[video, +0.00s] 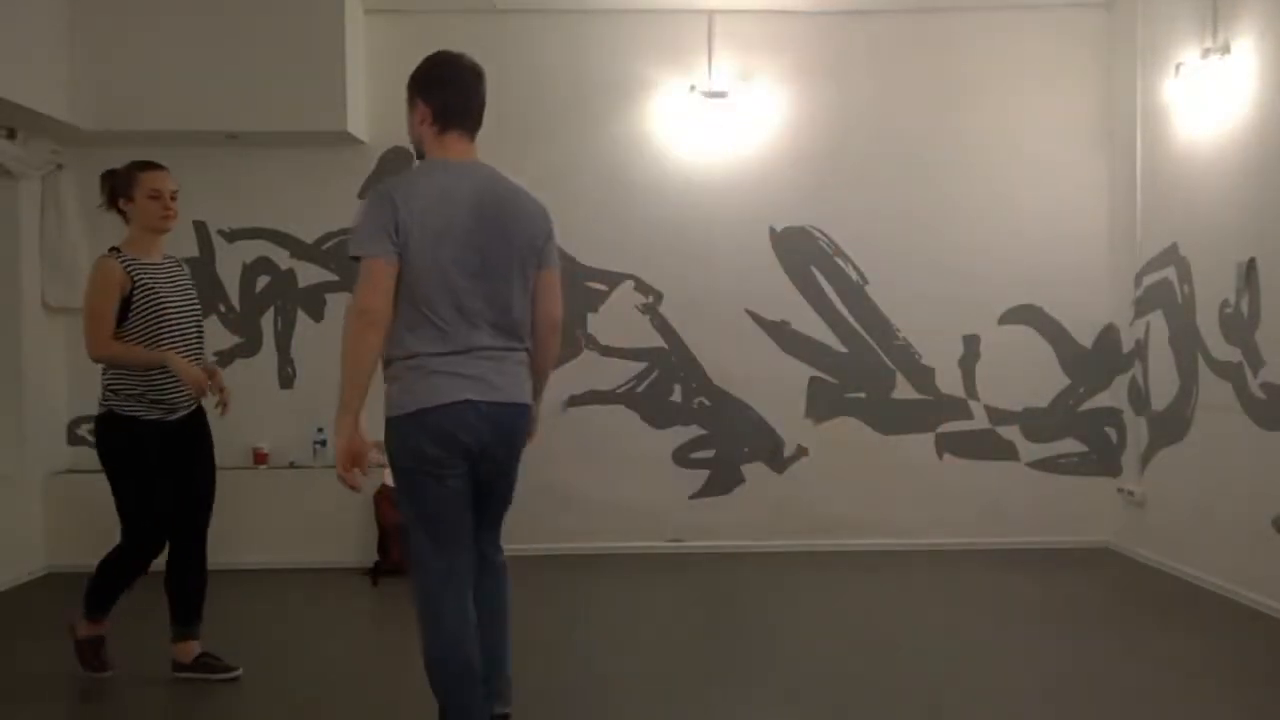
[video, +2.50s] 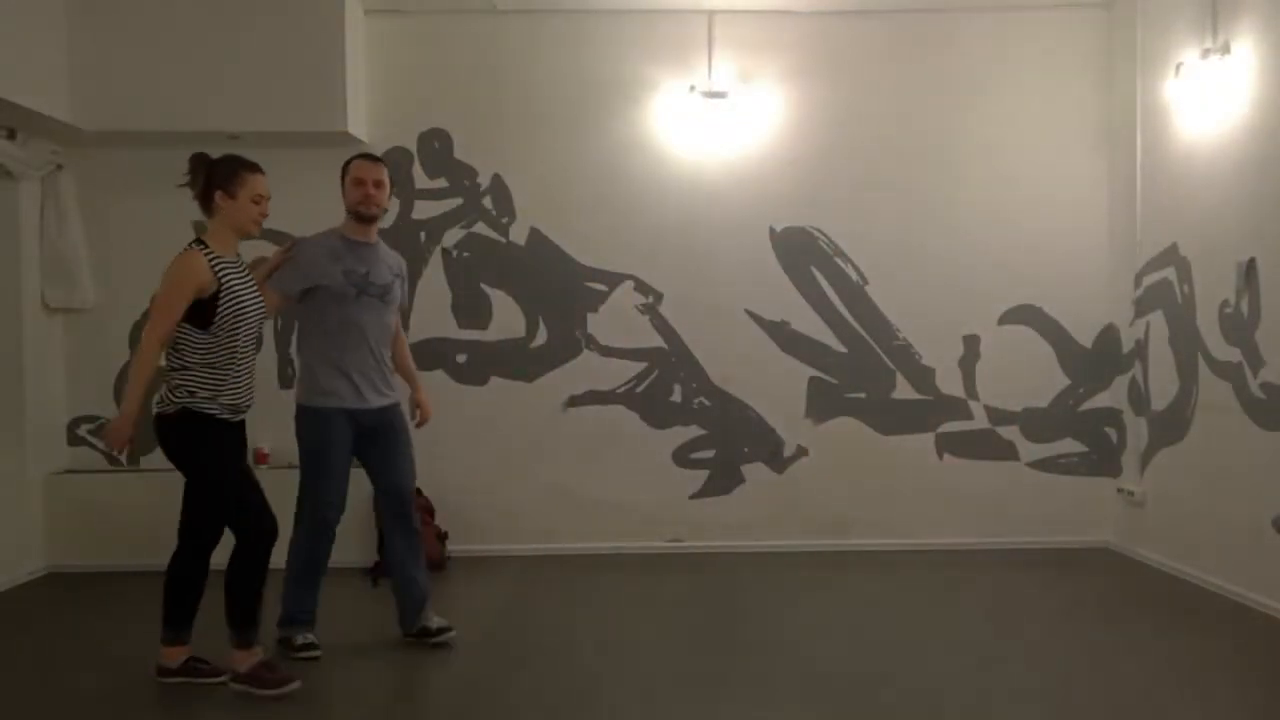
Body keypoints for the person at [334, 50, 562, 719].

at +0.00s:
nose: (410, 122)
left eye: (411, 111)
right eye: (413, 110)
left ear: (423, 113)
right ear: (478, 115)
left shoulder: (394, 193)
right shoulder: (528, 206)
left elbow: (371, 311)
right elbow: (549, 323)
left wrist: (348, 416)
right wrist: (531, 398)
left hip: (427, 413)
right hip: (508, 408)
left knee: (440, 568)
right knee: (485, 548)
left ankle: (463, 708)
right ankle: (494, 697)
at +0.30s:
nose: (365, 155)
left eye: (367, 144)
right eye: (367, 144)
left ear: (385, 145)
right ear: (427, 148)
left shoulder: (379, 218)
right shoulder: (470, 229)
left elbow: (360, 327)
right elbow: (485, 336)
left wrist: (307, 389)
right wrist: (452, 384)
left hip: (394, 417)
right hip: (460, 412)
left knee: (375, 557)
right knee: (440, 551)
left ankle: (436, 682)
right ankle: (421, 678)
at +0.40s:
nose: (350, 155)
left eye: (352, 144)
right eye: (351, 144)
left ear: (370, 145)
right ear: (410, 146)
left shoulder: (377, 214)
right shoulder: (444, 218)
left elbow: (366, 321)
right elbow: (447, 313)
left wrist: (316, 394)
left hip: (388, 405)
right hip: (449, 401)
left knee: (350, 532)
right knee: (433, 543)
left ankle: (401, 677)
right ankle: (422, 682)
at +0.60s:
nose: (316, 169)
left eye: (319, 158)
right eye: (316, 158)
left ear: (343, 160)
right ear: (368, 161)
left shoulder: (364, 228)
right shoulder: (401, 224)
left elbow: (376, 326)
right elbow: (369, 319)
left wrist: (350, 421)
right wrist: (303, 353)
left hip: (368, 412)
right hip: (416, 403)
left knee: (344, 541)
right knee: (414, 543)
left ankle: (330, 657)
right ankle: (420, 678)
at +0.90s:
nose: (267, 181)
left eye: (277, 170)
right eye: (267, 171)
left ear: (315, 172)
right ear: (306, 175)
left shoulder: (347, 239)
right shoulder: (317, 239)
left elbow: (370, 338)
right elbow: (297, 308)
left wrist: (357, 428)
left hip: (342, 408)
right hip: (323, 406)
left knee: (313, 518)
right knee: (323, 514)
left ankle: (339, 654)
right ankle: (394, 609)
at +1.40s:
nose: (299, 181)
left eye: (309, 170)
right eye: (289, 172)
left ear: (329, 175)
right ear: (277, 179)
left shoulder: (363, 245)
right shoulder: (268, 249)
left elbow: (387, 329)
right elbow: (247, 322)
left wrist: (352, 404)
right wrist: (178, 323)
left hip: (340, 413)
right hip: (279, 410)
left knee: (338, 529)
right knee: (278, 525)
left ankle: (339, 643)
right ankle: (295, 625)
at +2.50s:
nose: (369, 192)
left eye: (378, 185)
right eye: (359, 184)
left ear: (389, 195)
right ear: (343, 192)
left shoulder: (394, 265)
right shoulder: (312, 252)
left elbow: (393, 334)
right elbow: (254, 307)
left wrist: (416, 385)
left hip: (381, 403)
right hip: (324, 404)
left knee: (401, 506)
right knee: (320, 515)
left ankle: (416, 615)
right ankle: (297, 625)